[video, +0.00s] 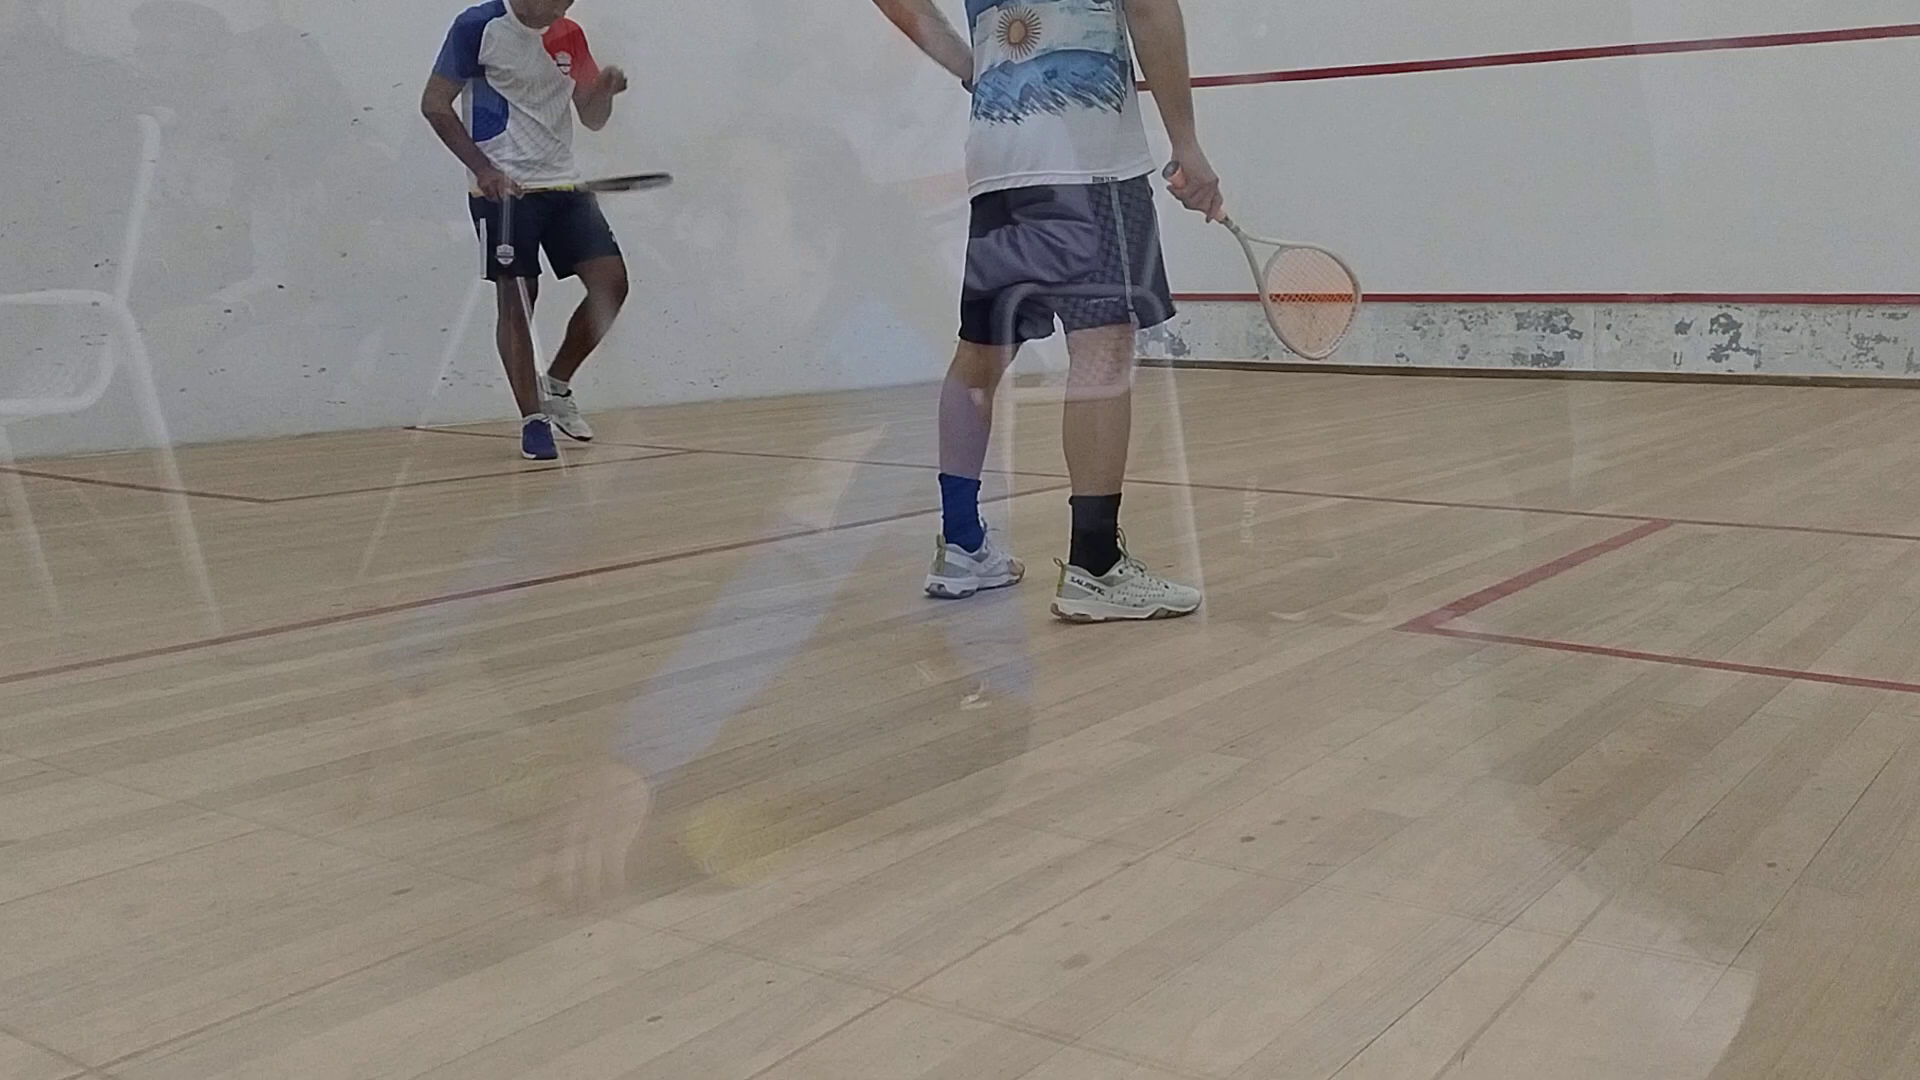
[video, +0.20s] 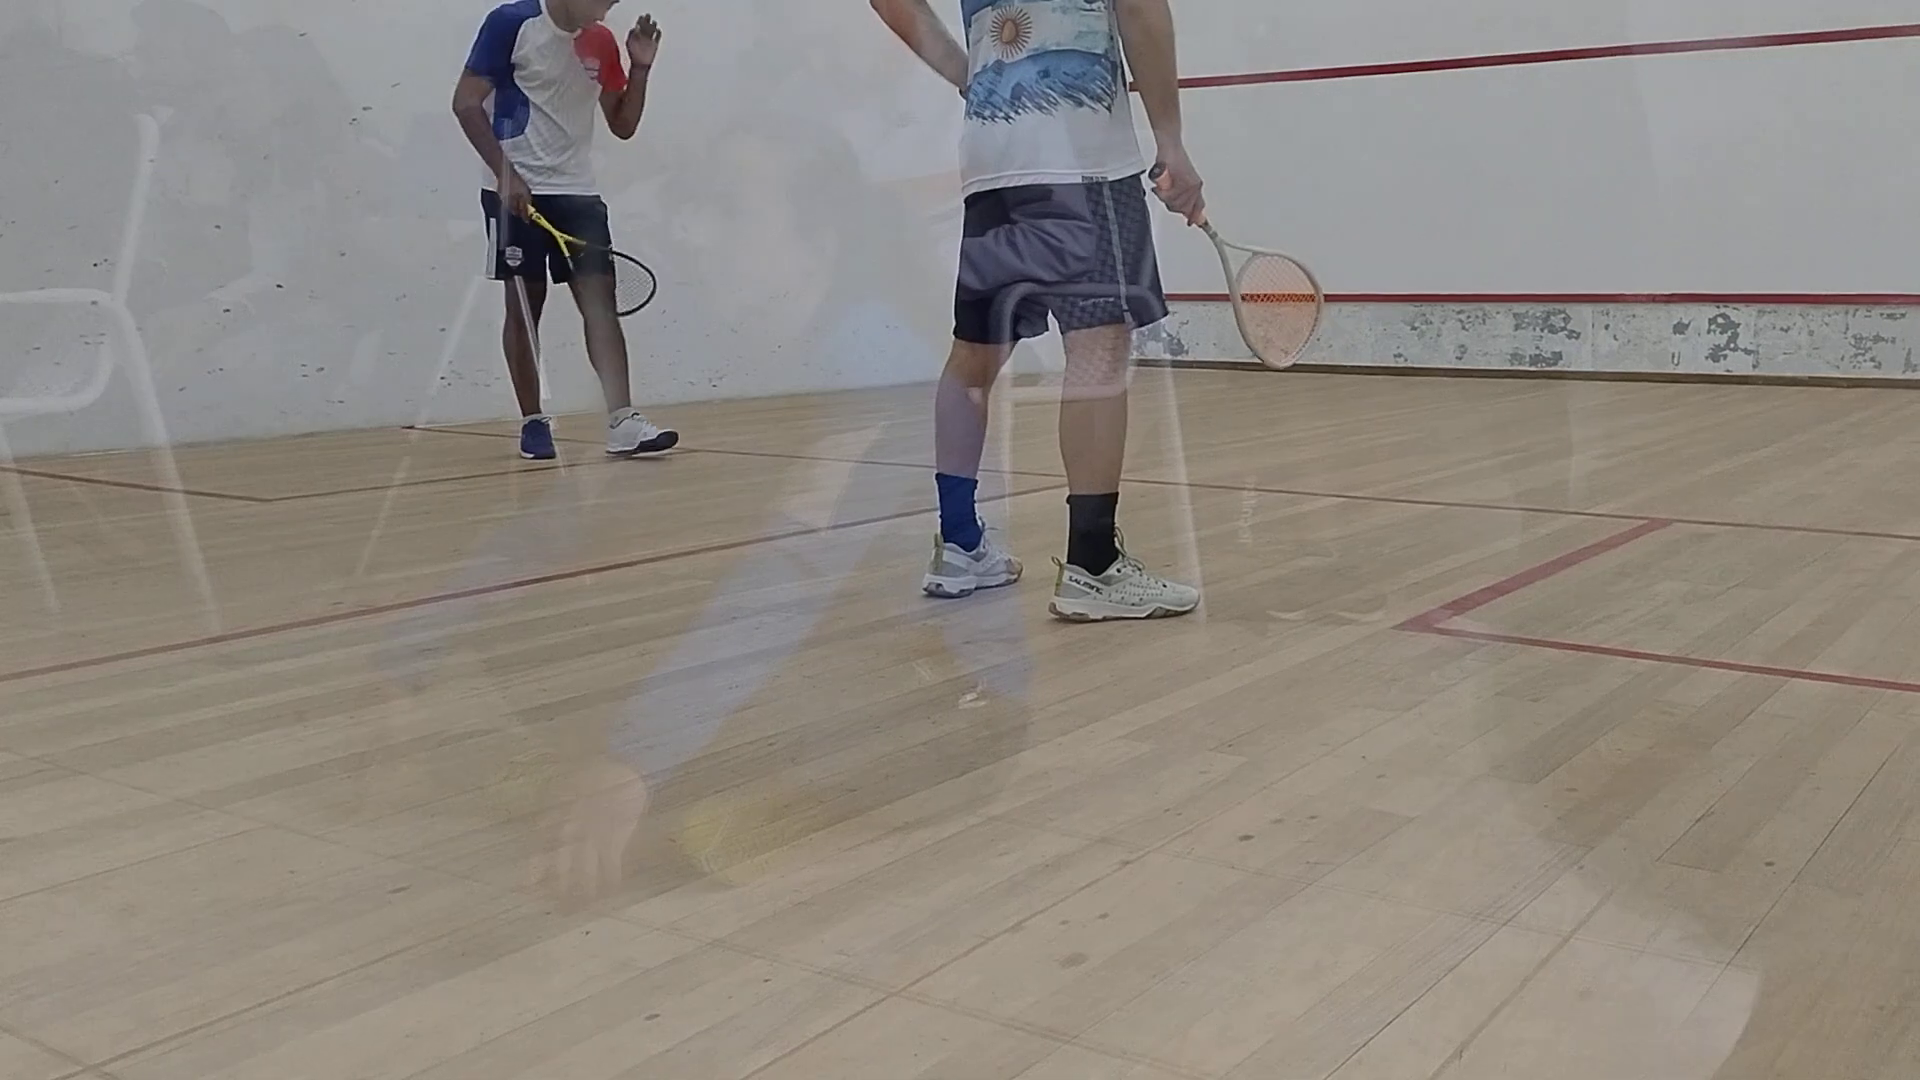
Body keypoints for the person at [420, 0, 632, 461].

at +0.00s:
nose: (558, 13)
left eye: (563, 8)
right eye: (554, 5)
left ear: (564, 5)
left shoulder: (568, 33)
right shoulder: (475, 27)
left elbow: (593, 119)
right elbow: (434, 103)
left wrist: (604, 91)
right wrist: (483, 170)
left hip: (562, 184)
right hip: (504, 186)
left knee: (611, 285)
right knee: (516, 297)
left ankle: (554, 385)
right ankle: (533, 420)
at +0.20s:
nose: (606, 12)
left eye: (610, 7)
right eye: (604, 4)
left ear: (599, 6)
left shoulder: (599, 40)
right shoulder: (510, 22)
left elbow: (623, 125)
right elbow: (465, 102)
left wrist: (640, 68)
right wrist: (505, 172)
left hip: (578, 193)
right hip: (517, 189)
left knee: (600, 295)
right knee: (525, 304)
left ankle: (622, 421)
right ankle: (534, 421)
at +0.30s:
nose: (627, 16)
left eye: (633, 11)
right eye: (624, 6)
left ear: (630, 10)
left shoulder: (623, 48)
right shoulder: (530, 22)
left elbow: (632, 136)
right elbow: (483, 99)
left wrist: (656, 113)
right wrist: (515, 171)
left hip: (591, 194)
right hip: (529, 189)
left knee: (609, 302)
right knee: (536, 303)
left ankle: (622, 427)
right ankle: (536, 420)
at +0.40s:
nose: (648, 17)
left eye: (654, 11)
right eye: (643, 7)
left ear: (653, 10)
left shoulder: (641, 55)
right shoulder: (543, 24)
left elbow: (650, 140)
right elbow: (500, 99)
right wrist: (534, 168)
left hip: (603, 189)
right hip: (538, 186)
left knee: (622, 300)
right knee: (543, 304)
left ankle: (624, 427)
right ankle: (536, 411)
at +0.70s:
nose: (688, 24)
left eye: (694, 15)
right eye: (687, 10)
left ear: (677, 11)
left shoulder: (670, 51)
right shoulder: (586, 33)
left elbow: (664, 121)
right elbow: (560, 126)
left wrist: (679, 193)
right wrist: (596, 199)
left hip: (617, 186)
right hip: (551, 182)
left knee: (635, 300)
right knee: (539, 298)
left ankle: (626, 425)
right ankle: (525, 416)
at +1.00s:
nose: (664, 3)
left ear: (658, 4)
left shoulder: (657, 38)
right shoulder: (569, 27)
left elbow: (659, 115)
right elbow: (556, 126)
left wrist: (690, 138)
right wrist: (574, 200)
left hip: (608, 183)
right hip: (542, 180)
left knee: (628, 298)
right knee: (510, 296)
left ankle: (624, 422)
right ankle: (480, 409)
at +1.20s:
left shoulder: (623, 30)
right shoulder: (524, 16)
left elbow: (669, 110)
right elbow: (515, 100)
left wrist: (696, 90)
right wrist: (519, 174)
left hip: (585, 182)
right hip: (517, 177)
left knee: (614, 288)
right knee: (491, 292)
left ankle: (622, 419)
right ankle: (469, 413)